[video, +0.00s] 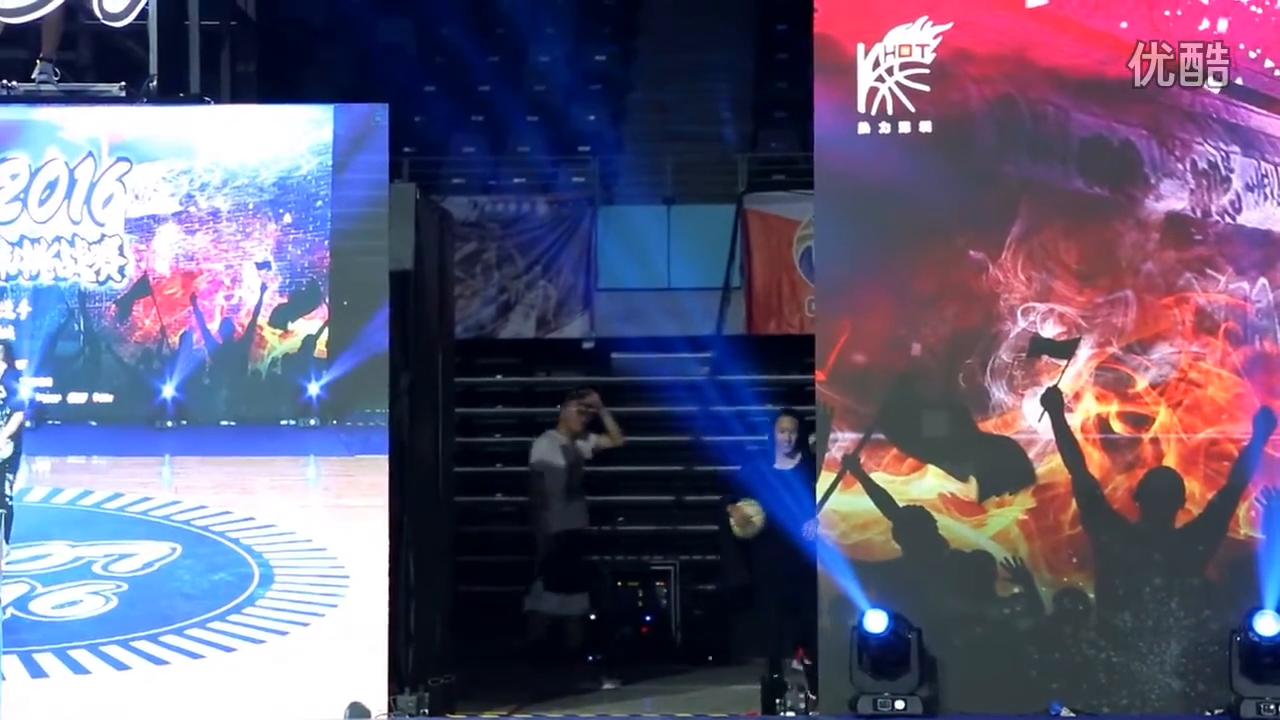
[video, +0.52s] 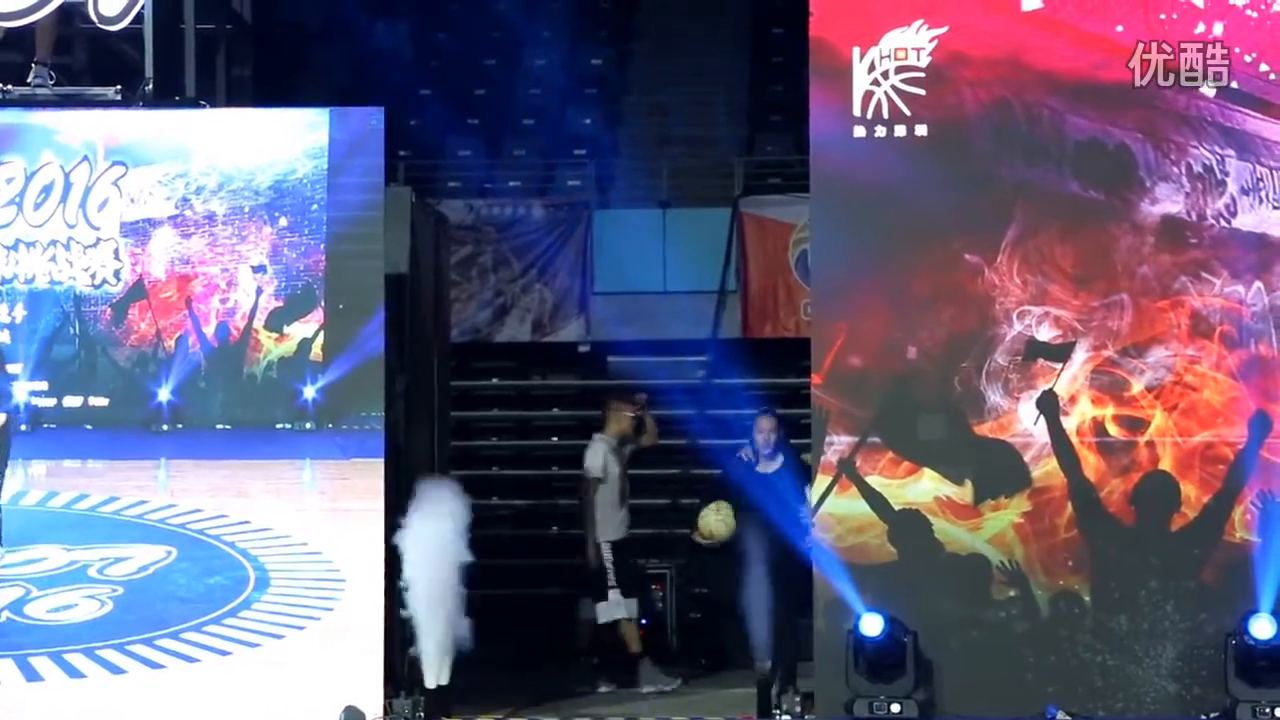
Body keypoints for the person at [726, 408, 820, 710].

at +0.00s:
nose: (787, 437)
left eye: (792, 431)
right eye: (782, 431)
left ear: (800, 435)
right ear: (772, 434)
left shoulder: (812, 468)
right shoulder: (757, 470)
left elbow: (829, 503)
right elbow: (731, 498)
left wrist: (817, 523)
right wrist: (736, 515)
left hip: (803, 559)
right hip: (767, 559)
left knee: (808, 624)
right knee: (772, 624)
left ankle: (814, 691)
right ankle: (772, 696)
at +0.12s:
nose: (781, 432)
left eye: (786, 427)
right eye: (776, 426)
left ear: (794, 430)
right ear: (767, 430)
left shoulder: (807, 465)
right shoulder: (750, 468)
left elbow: (824, 504)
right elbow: (723, 501)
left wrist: (818, 526)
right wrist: (720, 522)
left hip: (798, 558)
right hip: (759, 558)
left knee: (797, 624)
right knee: (767, 625)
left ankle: (798, 692)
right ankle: (770, 696)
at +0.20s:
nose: (778, 433)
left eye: (783, 428)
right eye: (773, 427)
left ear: (791, 431)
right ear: (764, 430)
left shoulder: (804, 465)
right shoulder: (747, 467)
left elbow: (819, 502)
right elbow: (722, 496)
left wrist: (816, 526)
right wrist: (710, 526)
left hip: (794, 556)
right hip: (756, 556)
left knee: (791, 622)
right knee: (765, 622)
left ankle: (793, 689)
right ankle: (768, 689)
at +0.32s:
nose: (775, 440)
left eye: (780, 435)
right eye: (770, 434)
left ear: (789, 438)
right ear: (759, 437)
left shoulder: (800, 470)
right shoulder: (742, 470)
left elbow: (811, 511)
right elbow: (717, 505)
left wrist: (812, 533)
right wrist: (713, 533)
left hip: (791, 558)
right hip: (754, 560)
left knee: (789, 623)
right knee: (763, 624)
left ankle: (791, 691)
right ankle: (766, 690)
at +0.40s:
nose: (772, 442)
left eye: (778, 436)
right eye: (767, 436)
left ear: (786, 440)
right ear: (756, 439)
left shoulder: (798, 473)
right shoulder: (741, 475)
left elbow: (807, 513)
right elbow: (717, 507)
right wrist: (711, 534)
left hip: (789, 557)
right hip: (753, 557)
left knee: (787, 618)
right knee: (760, 618)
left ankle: (789, 682)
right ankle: (766, 676)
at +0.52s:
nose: (766, 438)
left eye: (771, 432)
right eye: (761, 432)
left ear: (779, 435)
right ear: (752, 435)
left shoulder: (794, 468)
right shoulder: (738, 468)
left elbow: (806, 505)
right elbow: (719, 504)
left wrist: (809, 527)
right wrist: (707, 529)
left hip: (789, 552)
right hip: (756, 553)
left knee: (787, 619)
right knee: (762, 614)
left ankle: (788, 687)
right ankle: (762, 665)